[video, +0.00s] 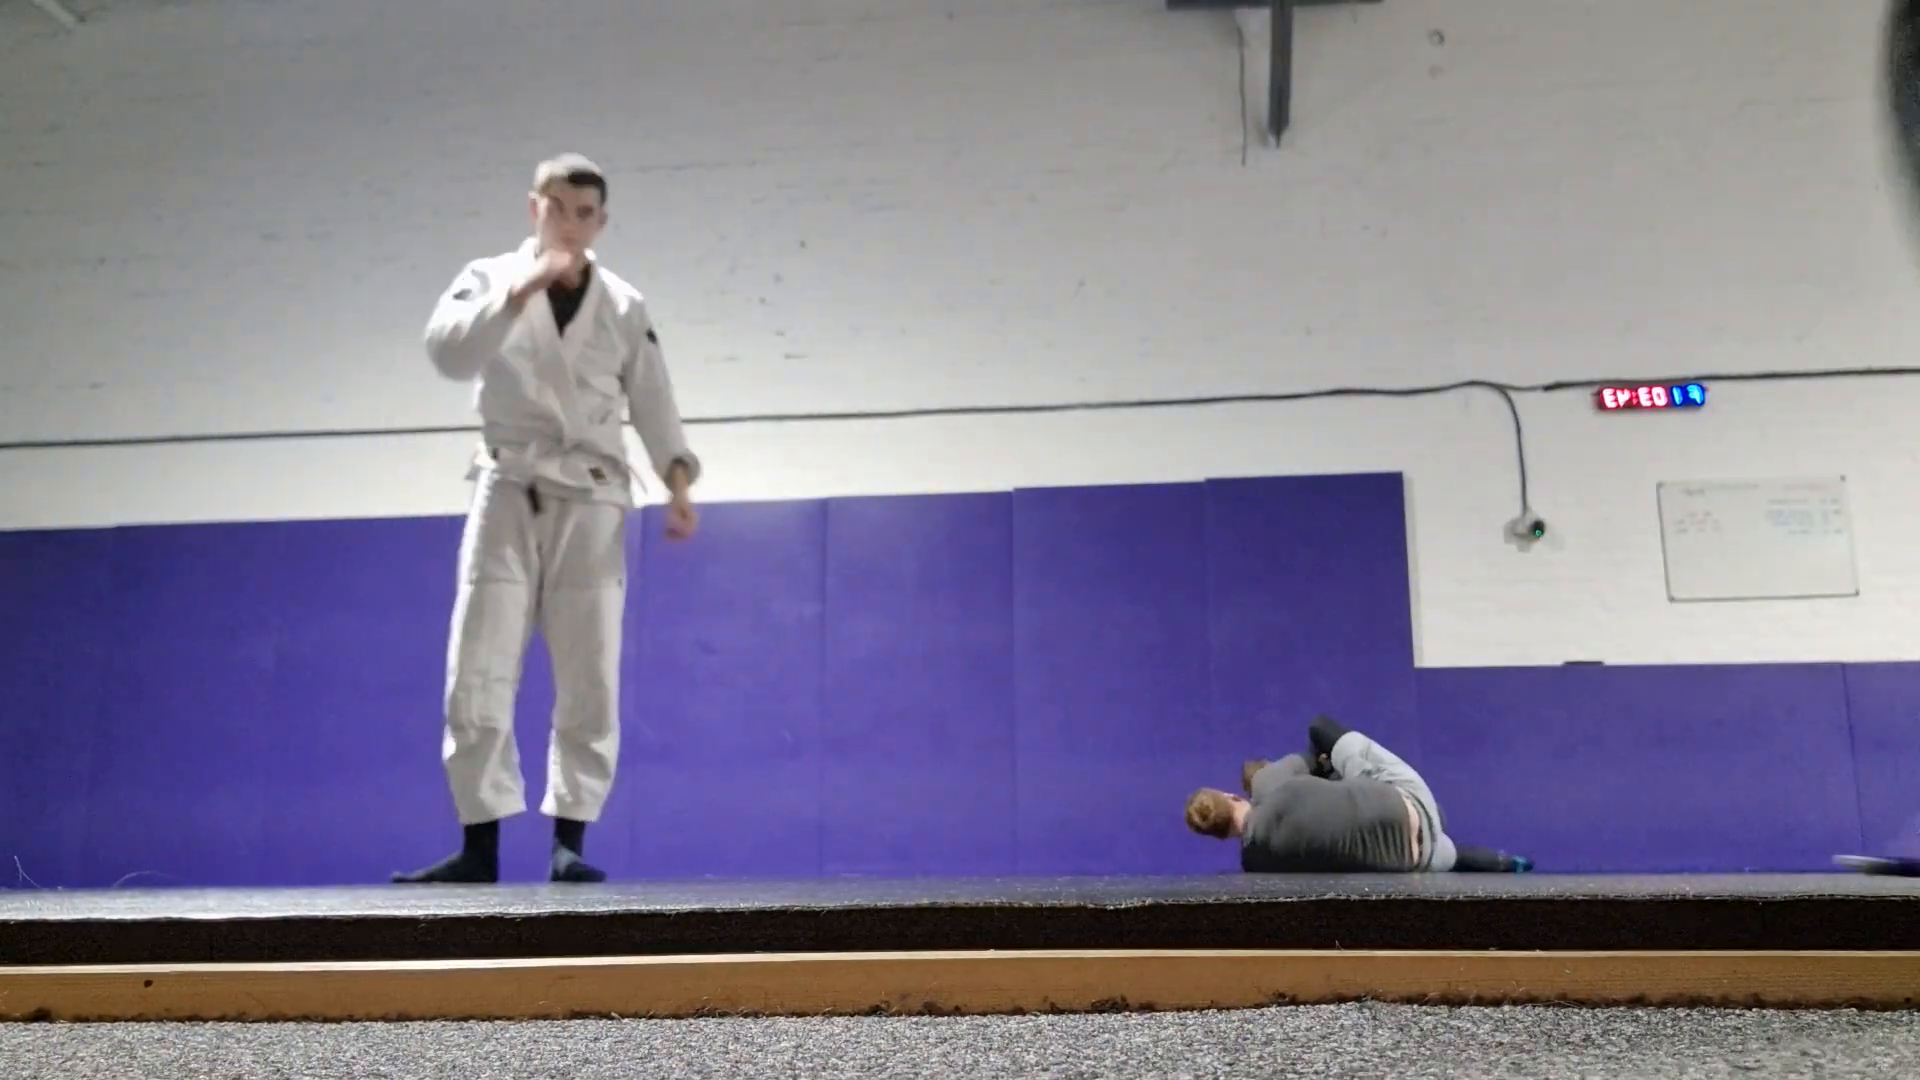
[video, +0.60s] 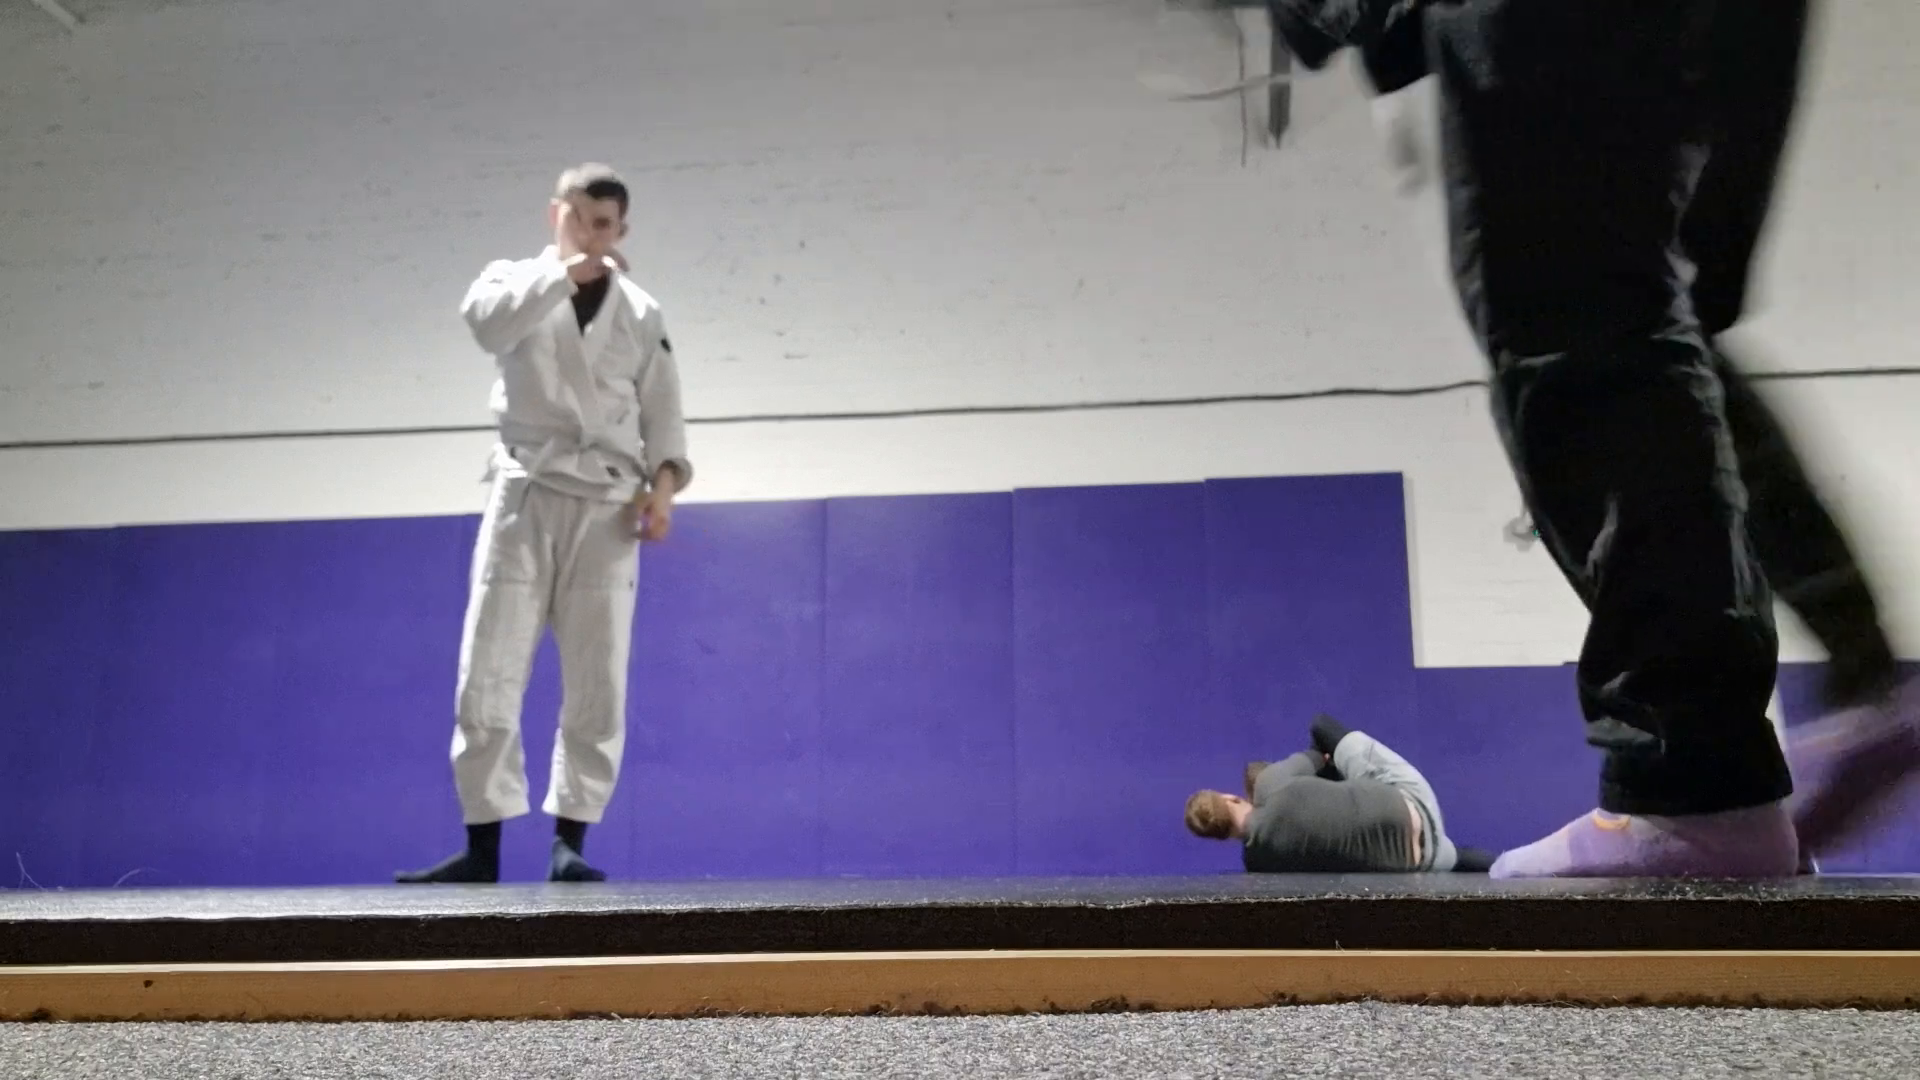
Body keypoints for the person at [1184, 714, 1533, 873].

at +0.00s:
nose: (1229, 790)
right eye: (1227, 791)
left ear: (1217, 836)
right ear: (1232, 795)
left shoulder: (1256, 864)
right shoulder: (1269, 782)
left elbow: (1306, 853)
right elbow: (1311, 762)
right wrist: (1264, 774)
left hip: (1420, 861)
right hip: (1416, 807)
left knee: (1451, 853)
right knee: (1322, 726)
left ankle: (1513, 864)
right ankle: (1327, 769)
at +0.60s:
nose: (1230, 793)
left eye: (1225, 793)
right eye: (1227, 793)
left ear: (1216, 840)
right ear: (1230, 797)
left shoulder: (1258, 864)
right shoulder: (1274, 782)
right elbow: (1321, 758)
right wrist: (1265, 775)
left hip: (1423, 863)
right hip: (1416, 808)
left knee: (1458, 856)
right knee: (1324, 727)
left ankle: (1514, 866)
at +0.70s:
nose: (1232, 795)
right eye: (1228, 795)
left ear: (1217, 841)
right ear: (1231, 798)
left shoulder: (1258, 864)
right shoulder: (1271, 781)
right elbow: (1317, 757)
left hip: (1422, 865)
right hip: (1415, 810)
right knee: (1342, 740)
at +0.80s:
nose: (1227, 795)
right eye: (1225, 797)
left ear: (1217, 841)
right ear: (1227, 798)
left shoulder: (1258, 865)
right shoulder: (1269, 785)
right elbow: (1317, 758)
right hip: (1386, 806)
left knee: (1458, 863)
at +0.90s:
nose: (1228, 795)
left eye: (1220, 825)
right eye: (1224, 795)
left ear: (1221, 836)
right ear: (1230, 795)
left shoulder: (1254, 854)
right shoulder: (1274, 773)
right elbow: (1327, 760)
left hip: (1416, 857)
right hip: (1410, 805)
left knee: (1452, 856)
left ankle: (1512, 869)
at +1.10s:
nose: (1229, 806)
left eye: (1218, 813)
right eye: (1224, 805)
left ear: (1217, 840)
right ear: (1229, 797)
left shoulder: (1261, 856)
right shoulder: (1276, 778)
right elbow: (1331, 764)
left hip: (1405, 861)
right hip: (1412, 809)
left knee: (1451, 859)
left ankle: (1506, 867)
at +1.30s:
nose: (1212, 815)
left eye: (1206, 811)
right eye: (1208, 819)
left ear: (1220, 800)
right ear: (1220, 821)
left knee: (1445, 855)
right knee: (1441, 848)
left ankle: (1503, 864)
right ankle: (1498, 862)